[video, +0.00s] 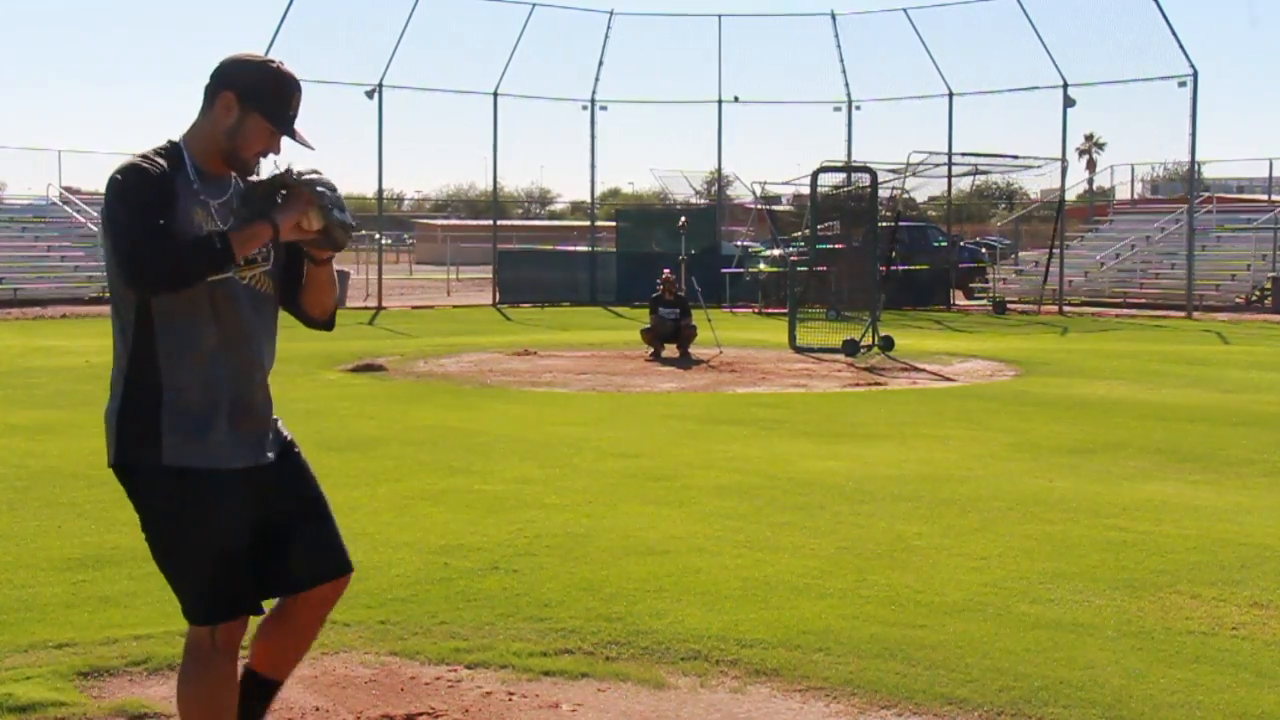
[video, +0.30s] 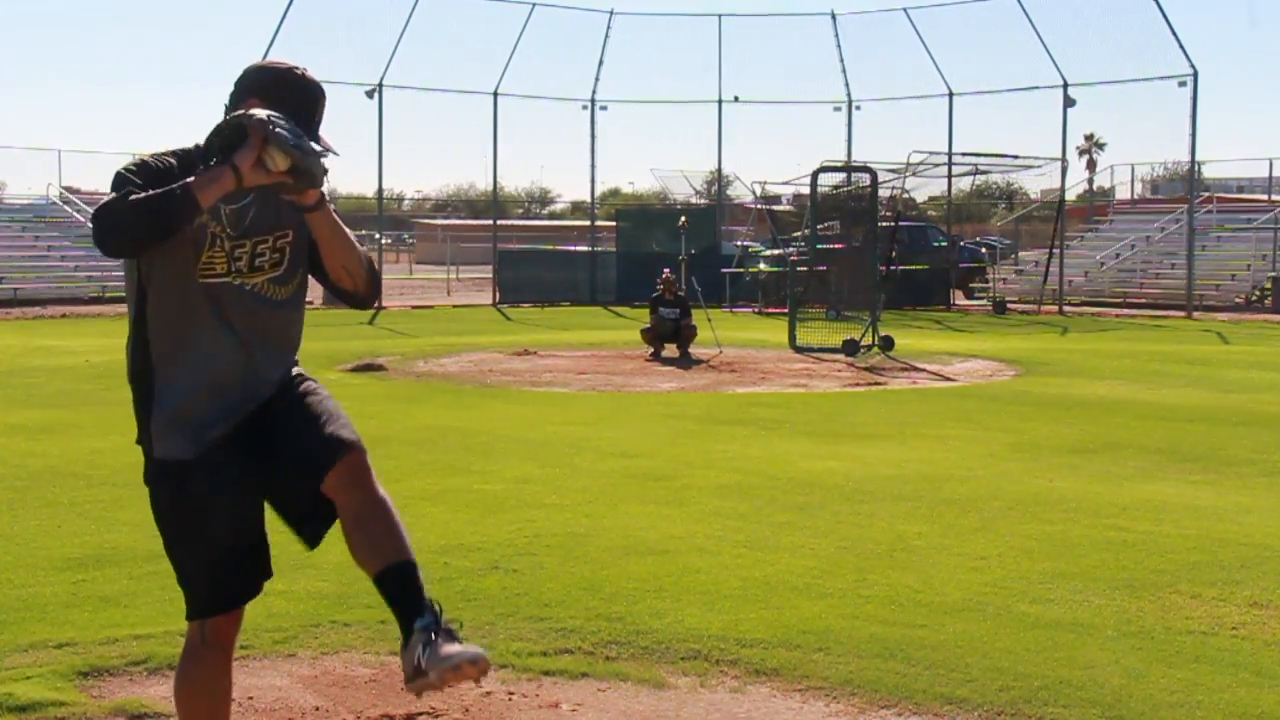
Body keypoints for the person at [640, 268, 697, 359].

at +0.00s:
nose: (669, 286)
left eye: (671, 283)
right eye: (666, 283)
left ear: (675, 285)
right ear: (662, 285)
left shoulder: (682, 300)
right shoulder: (655, 299)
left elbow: (688, 319)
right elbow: (653, 318)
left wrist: (675, 324)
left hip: (677, 329)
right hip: (661, 329)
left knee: (691, 329)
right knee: (645, 332)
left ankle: (683, 350)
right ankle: (657, 348)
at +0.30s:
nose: (669, 286)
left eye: (671, 284)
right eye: (666, 284)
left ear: (675, 285)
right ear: (662, 285)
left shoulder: (682, 299)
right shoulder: (655, 299)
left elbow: (687, 319)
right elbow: (653, 318)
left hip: (677, 329)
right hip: (661, 329)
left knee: (691, 329)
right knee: (645, 332)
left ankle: (683, 350)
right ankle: (657, 348)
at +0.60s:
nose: (668, 286)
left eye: (671, 284)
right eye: (666, 283)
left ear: (675, 285)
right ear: (662, 285)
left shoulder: (682, 299)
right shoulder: (655, 298)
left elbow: (687, 318)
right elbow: (653, 318)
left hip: (677, 328)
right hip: (661, 328)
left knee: (691, 329)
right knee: (645, 331)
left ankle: (683, 349)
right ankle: (657, 348)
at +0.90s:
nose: (669, 286)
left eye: (672, 283)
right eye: (666, 283)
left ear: (675, 284)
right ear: (662, 285)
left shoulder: (681, 299)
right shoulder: (654, 298)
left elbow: (686, 319)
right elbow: (652, 318)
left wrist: (673, 324)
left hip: (677, 328)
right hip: (661, 328)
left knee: (690, 329)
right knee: (645, 331)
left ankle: (683, 349)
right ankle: (656, 348)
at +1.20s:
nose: (668, 287)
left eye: (671, 283)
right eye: (665, 284)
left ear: (675, 285)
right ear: (661, 285)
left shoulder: (681, 300)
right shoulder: (655, 299)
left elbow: (686, 319)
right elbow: (649, 315)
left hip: (676, 328)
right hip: (659, 328)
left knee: (690, 329)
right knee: (645, 332)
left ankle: (683, 349)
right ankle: (657, 347)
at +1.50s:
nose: (667, 286)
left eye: (670, 283)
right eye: (664, 283)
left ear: (674, 285)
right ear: (660, 285)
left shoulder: (680, 299)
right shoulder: (654, 299)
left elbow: (686, 316)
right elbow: (651, 318)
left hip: (677, 326)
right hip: (661, 326)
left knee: (688, 328)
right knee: (646, 331)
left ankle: (683, 349)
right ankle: (657, 347)